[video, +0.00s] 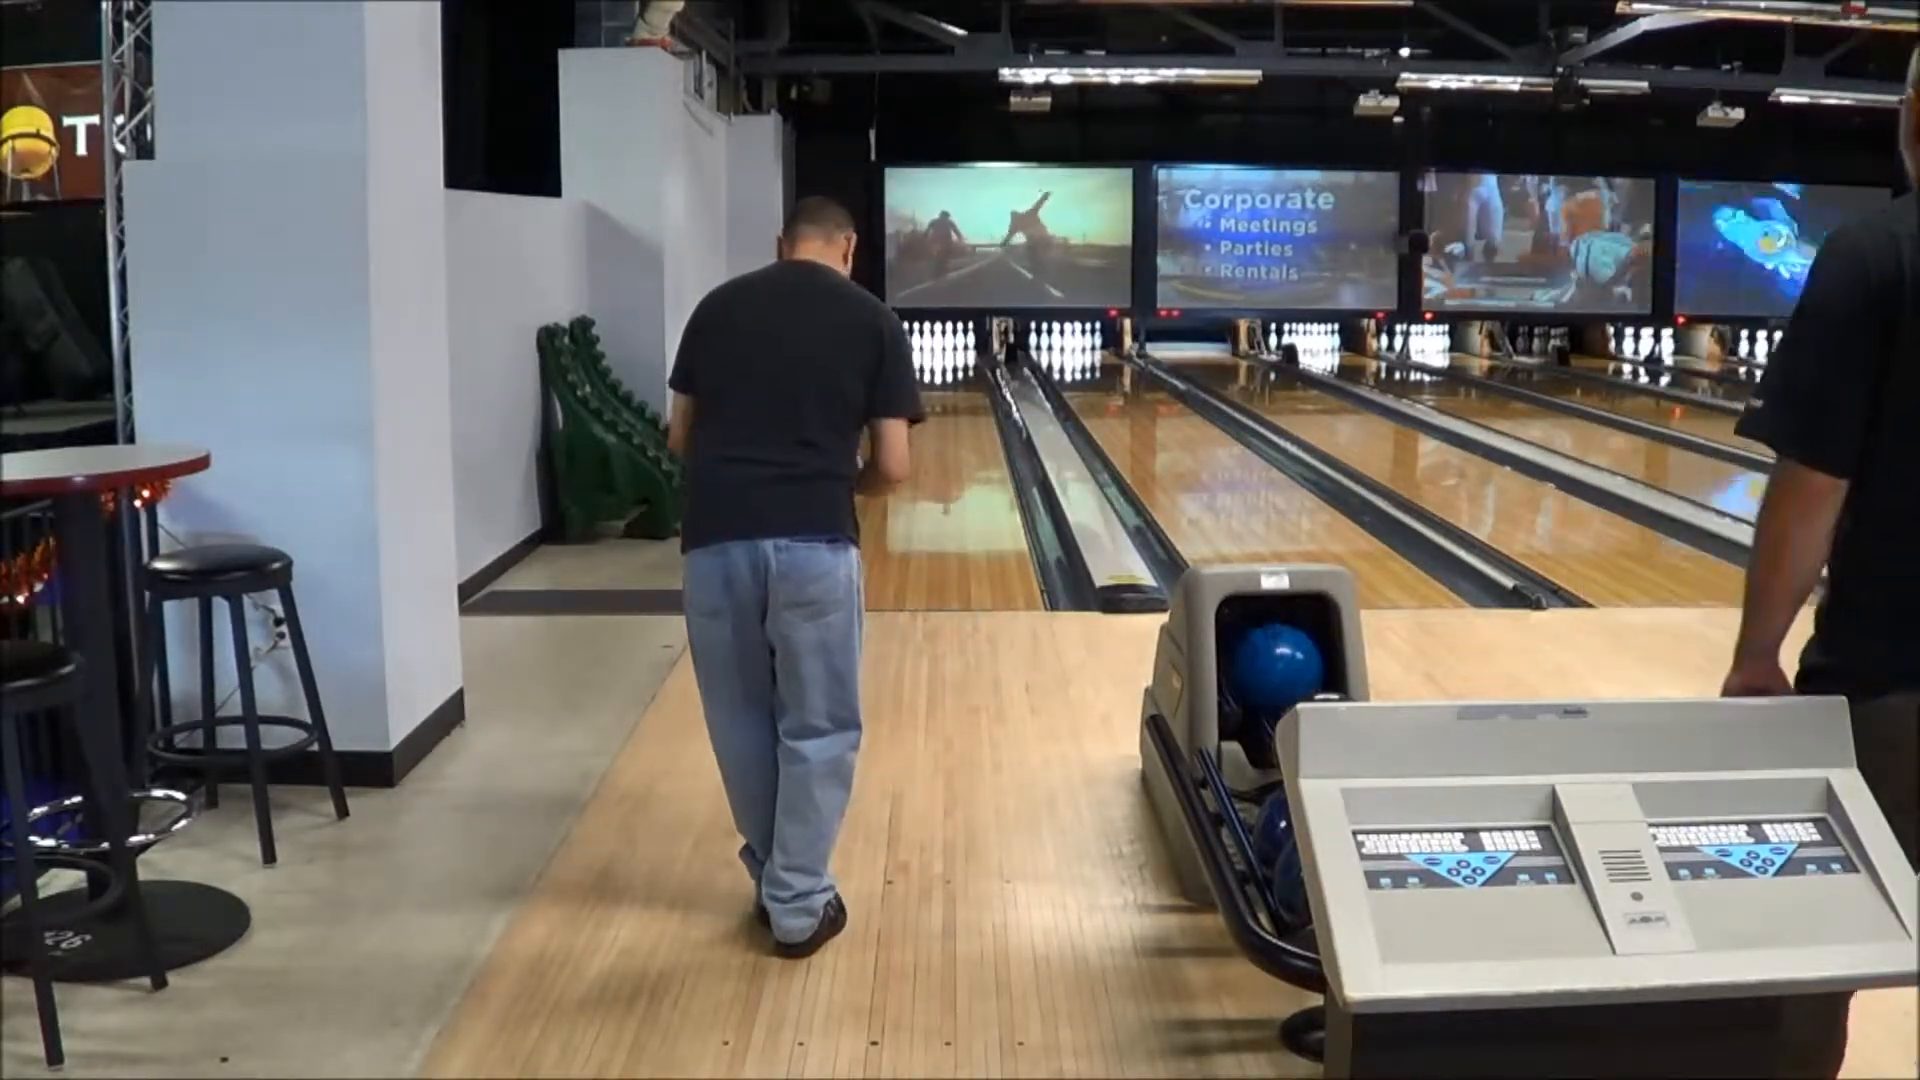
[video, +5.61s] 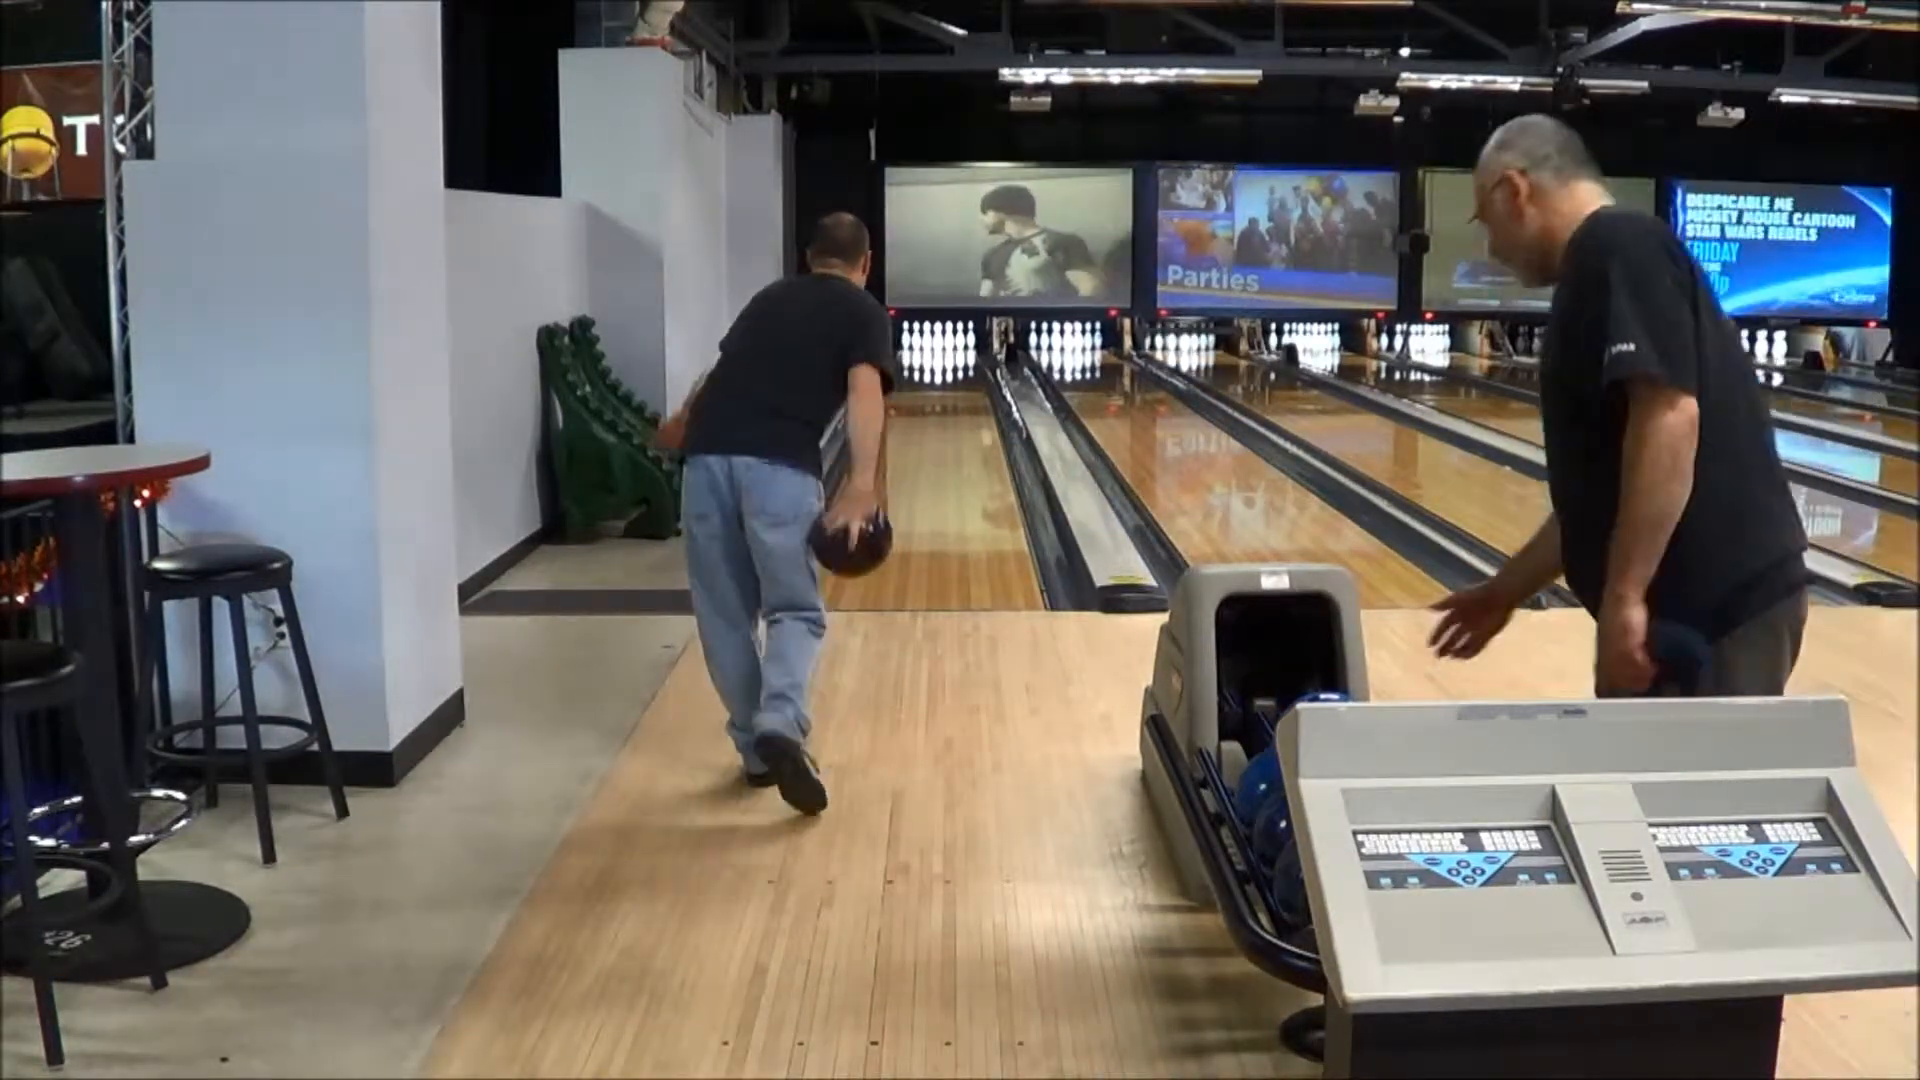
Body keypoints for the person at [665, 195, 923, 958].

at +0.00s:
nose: (847, 261)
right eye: (851, 250)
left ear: (780, 244)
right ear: (849, 249)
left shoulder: (718, 304)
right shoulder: (870, 318)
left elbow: (679, 435)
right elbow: (893, 467)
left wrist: (733, 455)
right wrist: (842, 472)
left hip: (715, 544)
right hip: (814, 542)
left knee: (738, 718)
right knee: (819, 724)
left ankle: (771, 872)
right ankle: (795, 906)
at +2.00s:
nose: (848, 236)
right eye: (852, 225)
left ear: (772, 227)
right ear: (849, 230)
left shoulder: (716, 302)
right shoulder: (867, 327)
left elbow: (686, 421)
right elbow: (871, 485)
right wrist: (887, 517)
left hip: (704, 556)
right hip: (805, 556)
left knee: (734, 723)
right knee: (819, 734)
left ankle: (768, 873)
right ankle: (792, 904)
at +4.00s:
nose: (845, 242)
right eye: (850, 232)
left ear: (777, 231)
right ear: (848, 237)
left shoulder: (716, 301)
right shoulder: (864, 334)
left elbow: (682, 418)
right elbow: (857, 484)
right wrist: (864, 542)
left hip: (688, 546)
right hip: (786, 546)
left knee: (729, 720)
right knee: (812, 714)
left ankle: (769, 880)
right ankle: (799, 880)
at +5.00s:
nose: (864, 252)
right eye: (865, 244)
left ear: (794, 241)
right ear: (860, 247)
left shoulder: (742, 294)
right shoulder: (871, 331)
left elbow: (708, 393)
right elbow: (858, 468)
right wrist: (862, 508)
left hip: (703, 503)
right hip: (795, 509)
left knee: (716, 643)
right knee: (795, 666)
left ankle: (742, 763)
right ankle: (782, 800)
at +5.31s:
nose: (864, 270)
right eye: (865, 261)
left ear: (799, 258)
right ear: (861, 263)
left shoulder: (755, 303)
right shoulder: (869, 341)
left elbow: (749, 404)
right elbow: (862, 466)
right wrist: (854, 530)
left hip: (704, 496)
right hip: (782, 505)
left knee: (721, 635)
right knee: (794, 654)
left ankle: (751, 763)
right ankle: (779, 794)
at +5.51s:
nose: (864, 271)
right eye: (867, 262)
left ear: (804, 257)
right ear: (864, 262)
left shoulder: (764, 297)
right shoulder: (866, 320)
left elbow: (745, 395)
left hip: (701, 465)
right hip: (778, 473)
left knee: (722, 618)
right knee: (786, 625)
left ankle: (754, 744)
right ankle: (780, 770)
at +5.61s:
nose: (868, 271)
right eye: (869, 263)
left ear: (807, 260)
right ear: (865, 262)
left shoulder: (769, 297)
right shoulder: (861, 309)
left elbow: (723, 369)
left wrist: (682, 418)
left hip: (705, 457)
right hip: (778, 460)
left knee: (722, 613)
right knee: (794, 611)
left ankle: (755, 750)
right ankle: (780, 723)